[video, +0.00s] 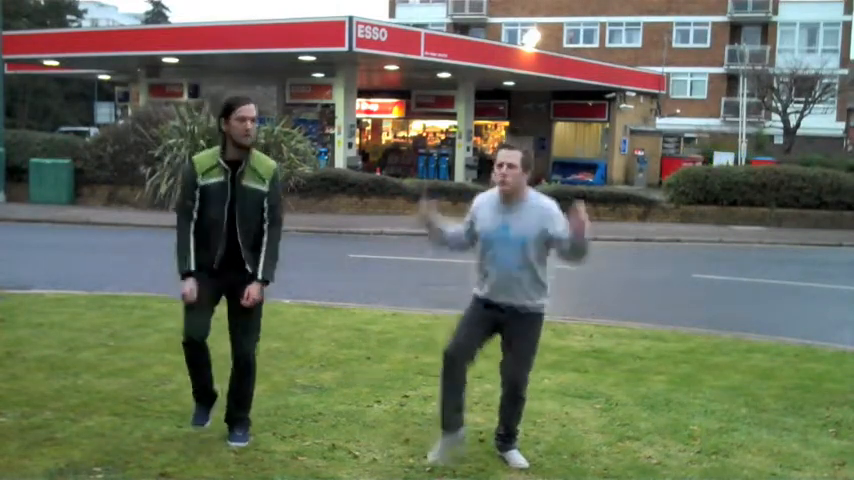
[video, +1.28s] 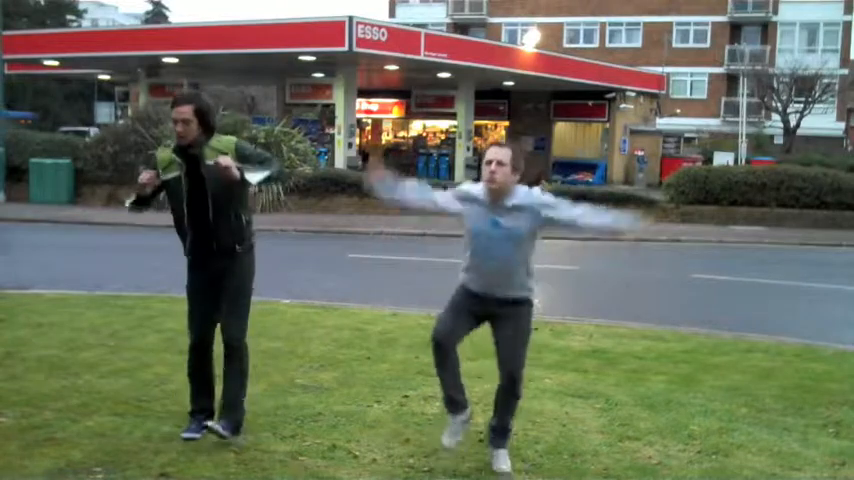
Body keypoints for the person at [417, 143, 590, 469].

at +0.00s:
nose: (502, 172)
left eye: (510, 167)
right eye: (498, 166)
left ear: (526, 173)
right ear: (493, 171)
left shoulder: (547, 210)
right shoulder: (483, 203)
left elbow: (571, 254)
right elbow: (466, 237)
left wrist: (579, 236)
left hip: (527, 310)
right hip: (486, 302)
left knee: (515, 381)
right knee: (454, 355)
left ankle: (507, 445)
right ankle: (452, 434)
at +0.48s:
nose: (501, 201)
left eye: (507, 194)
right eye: (495, 195)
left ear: (518, 188)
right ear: (485, 190)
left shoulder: (539, 206)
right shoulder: (478, 203)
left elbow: (583, 212)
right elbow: (457, 208)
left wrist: (625, 217)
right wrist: (428, 206)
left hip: (522, 307)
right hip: (482, 300)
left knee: (514, 376)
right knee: (456, 343)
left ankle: (505, 444)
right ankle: (456, 419)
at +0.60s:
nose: (499, 206)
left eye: (506, 200)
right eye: (493, 200)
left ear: (519, 202)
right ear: (485, 201)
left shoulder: (538, 233)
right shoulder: (477, 229)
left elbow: (572, 266)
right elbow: (452, 256)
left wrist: (605, 292)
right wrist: (415, 267)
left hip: (524, 322)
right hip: (484, 315)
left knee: (510, 385)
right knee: (454, 368)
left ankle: (504, 447)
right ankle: (451, 446)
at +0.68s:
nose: (508, 187)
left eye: (515, 183)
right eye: (503, 181)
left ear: (525, 191)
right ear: (492, 188)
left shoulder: (542, 228)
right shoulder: (477, 224)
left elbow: (568, 271)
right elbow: (447, 258)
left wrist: (604, 303)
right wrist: (409, 270)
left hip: (524, 326)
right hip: (481, 321)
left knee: (514, 392)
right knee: (457, 378)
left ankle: (505, 447)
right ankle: (456, 450)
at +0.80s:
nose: (511, 151)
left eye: (518, 147)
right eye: (506, 145)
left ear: (529, 156)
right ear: (496, 152)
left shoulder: (544, 193)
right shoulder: (480, 190)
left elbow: (578, 221)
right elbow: (447, 214)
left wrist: (609, 220)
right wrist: (416, 190)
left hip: (523, 300)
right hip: (481, 291)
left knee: (519, 375)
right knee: (447, 339)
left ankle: (508, 443)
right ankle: (449, 413)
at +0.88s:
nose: (511, 137)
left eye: (518, 132)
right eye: (505, 130)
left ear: (529, 141)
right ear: (495, 137)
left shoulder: (542, 177)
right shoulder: (477, 173)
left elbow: (580, 199)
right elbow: (442, 191)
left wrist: (601, 183)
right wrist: (421, 164)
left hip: (521, 284)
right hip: (481, 274)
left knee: (517, 368)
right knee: (450, 317)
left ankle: (512, 441)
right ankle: (457, 391)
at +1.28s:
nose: (493, 169)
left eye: (501, 164)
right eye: (489, 163)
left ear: (515, 173)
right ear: (482, 169)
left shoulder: (534, 203)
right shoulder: (468, 197)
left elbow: (581, 216)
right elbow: (425, 198)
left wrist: (625, 222)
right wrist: (387, 184)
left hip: (514, 300)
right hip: (472, 293)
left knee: (512, 376)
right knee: (441, 338)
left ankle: (499, 443)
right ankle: (458, 411)